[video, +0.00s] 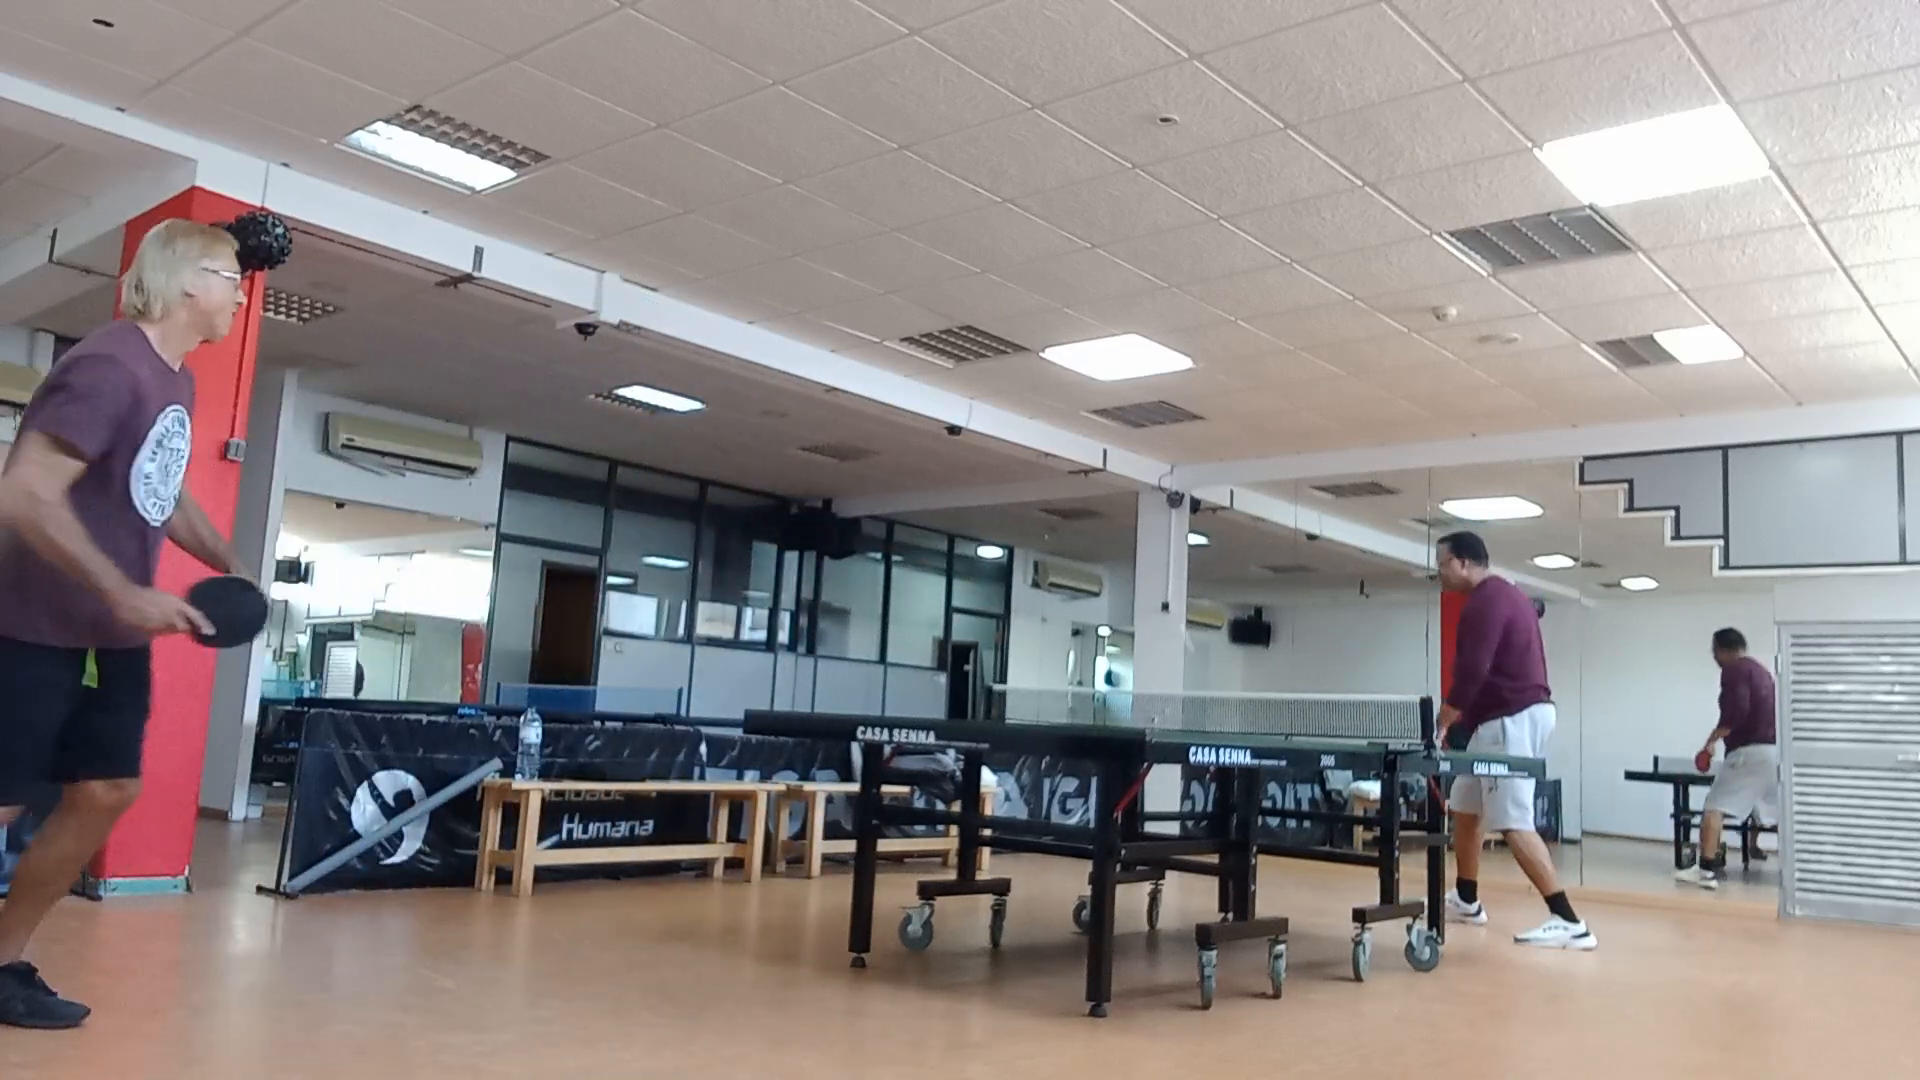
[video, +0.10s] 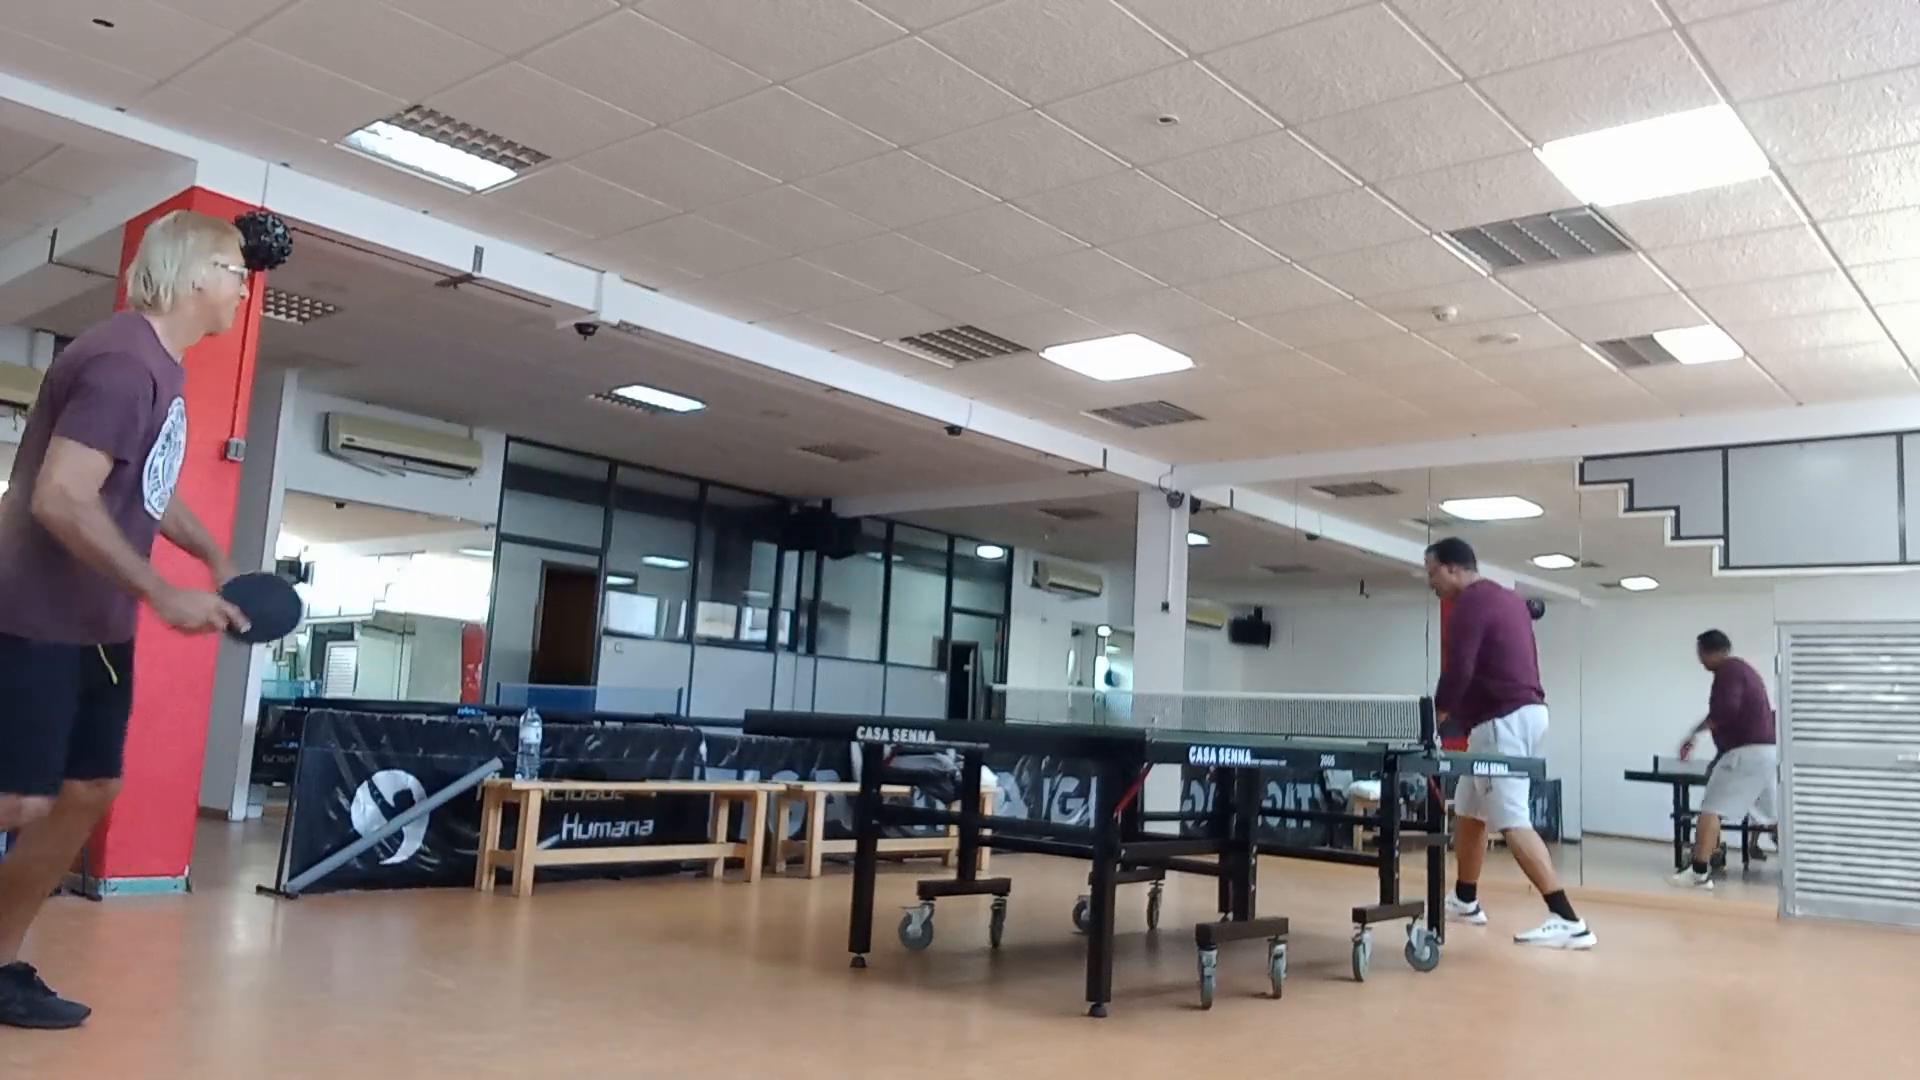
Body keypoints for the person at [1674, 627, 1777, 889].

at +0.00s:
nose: (1716, 660)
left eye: (1716, 654)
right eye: (1715, 654)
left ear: (1725, 650)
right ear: (1741, 648)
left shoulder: (1735, 670)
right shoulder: (1761, 670)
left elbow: (1737, 710)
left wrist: (1712, 740)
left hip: (1751, 753)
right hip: (1775, 751)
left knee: (1713, 806)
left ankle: (1706, 868)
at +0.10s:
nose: (1701, 662)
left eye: (1702, 656)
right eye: (1700, 656)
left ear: (1710, 652)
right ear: (1725, 649)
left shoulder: (1727, 671)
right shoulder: (1745, 670)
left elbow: (1725, 709)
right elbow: (1764, 713)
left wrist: (1695, 735)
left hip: (1745, 752)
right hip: (1767, 750)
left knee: (1710, 809)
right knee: (1775, 817)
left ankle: (1699, 871)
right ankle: (1795, 867)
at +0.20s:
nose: (1686, 664)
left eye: (1686, 657)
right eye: (1685, 658)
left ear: (1696, 653)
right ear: (1708, 649)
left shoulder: (1715, 671)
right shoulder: (1729, 668)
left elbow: (1710, 702)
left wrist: (1673, 716)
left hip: (1736, 751)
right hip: (1762, 749)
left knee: (1702, 809)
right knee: (1763, 818)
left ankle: (1698, 871)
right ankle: (1804, 851)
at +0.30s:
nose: (1673, 663)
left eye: (1673, 656)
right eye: (1671, 657)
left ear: (1682, 651)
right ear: (1695, 647)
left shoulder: (1704, 665)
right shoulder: (1717, 664)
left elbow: (1690, 693)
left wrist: (1647, 696)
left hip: (1729, 750)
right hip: (1753, 747)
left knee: (1699, 809)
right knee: (1762, 814)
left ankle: (1697, 873)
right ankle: (1792, 855)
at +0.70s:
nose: (1644, 663)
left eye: (1644, 656)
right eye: (1642, 657)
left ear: (1655, 648)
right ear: (1663, 645)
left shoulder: (1672, 664)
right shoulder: (1695, 660)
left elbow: (1670, 704)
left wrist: (1633, 717)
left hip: (1713, 743)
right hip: (1739, 736)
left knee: (1696, 809)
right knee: (1745, 808)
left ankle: (1697, 871)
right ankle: (1773, 856)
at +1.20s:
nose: (1662, 656)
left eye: (1660, 651)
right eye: (1661, 651)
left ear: (1664, 648)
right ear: (1685, 640)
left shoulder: (1668, 673)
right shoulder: (1719, 659)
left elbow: (1663, 718)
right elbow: (1747, 700)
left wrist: (1649, 755)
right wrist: (1744, 735)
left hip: (1714, 741)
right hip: (1747, 736)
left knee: (1702, 811)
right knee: (1755, 806)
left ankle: (1698, 872)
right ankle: (1778, 861)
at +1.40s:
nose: (1684, 649)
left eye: (1683, 645)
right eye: (1685, 645)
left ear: (1684, 643)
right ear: (1709, 638)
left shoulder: (1683, 670)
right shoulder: (1742, 659)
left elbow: (1667, 711)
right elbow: (1769, 695)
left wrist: (1648, 734)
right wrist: (1769, 728)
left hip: (1724, 742)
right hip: (1759, 740)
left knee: (1710, 812)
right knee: (1763, 811)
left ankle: (1697, 873)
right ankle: (1775, 871)